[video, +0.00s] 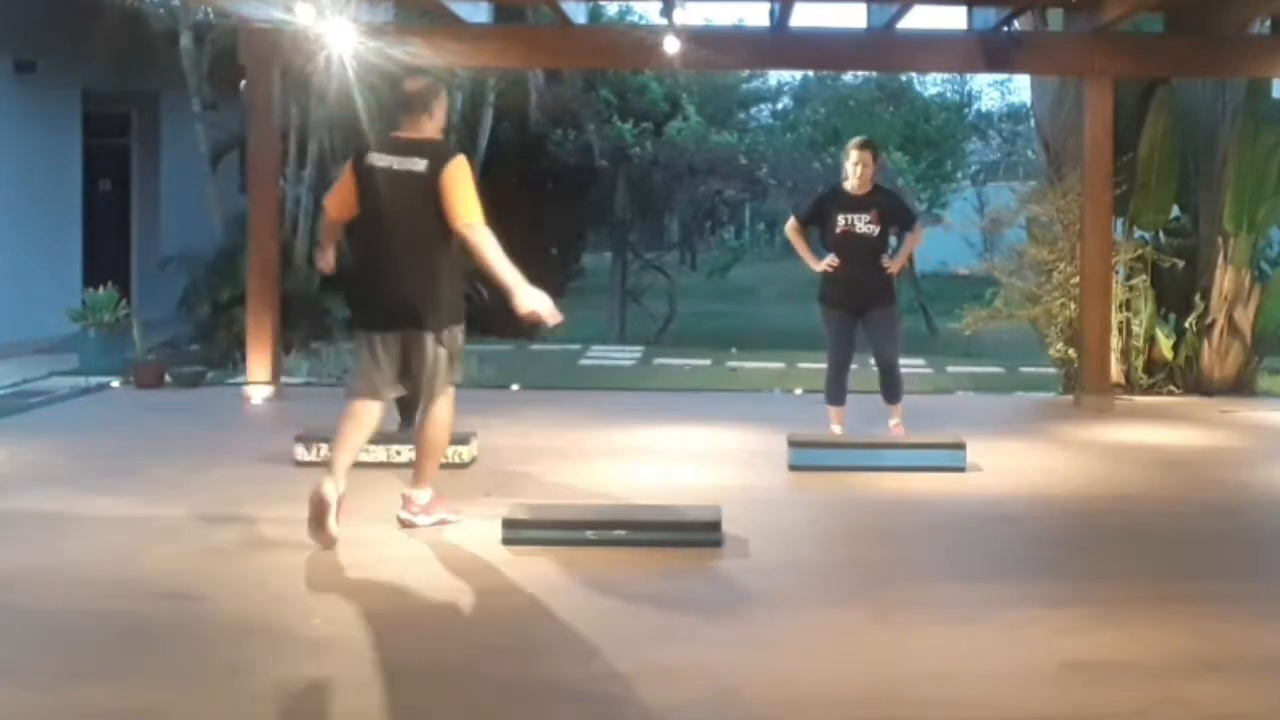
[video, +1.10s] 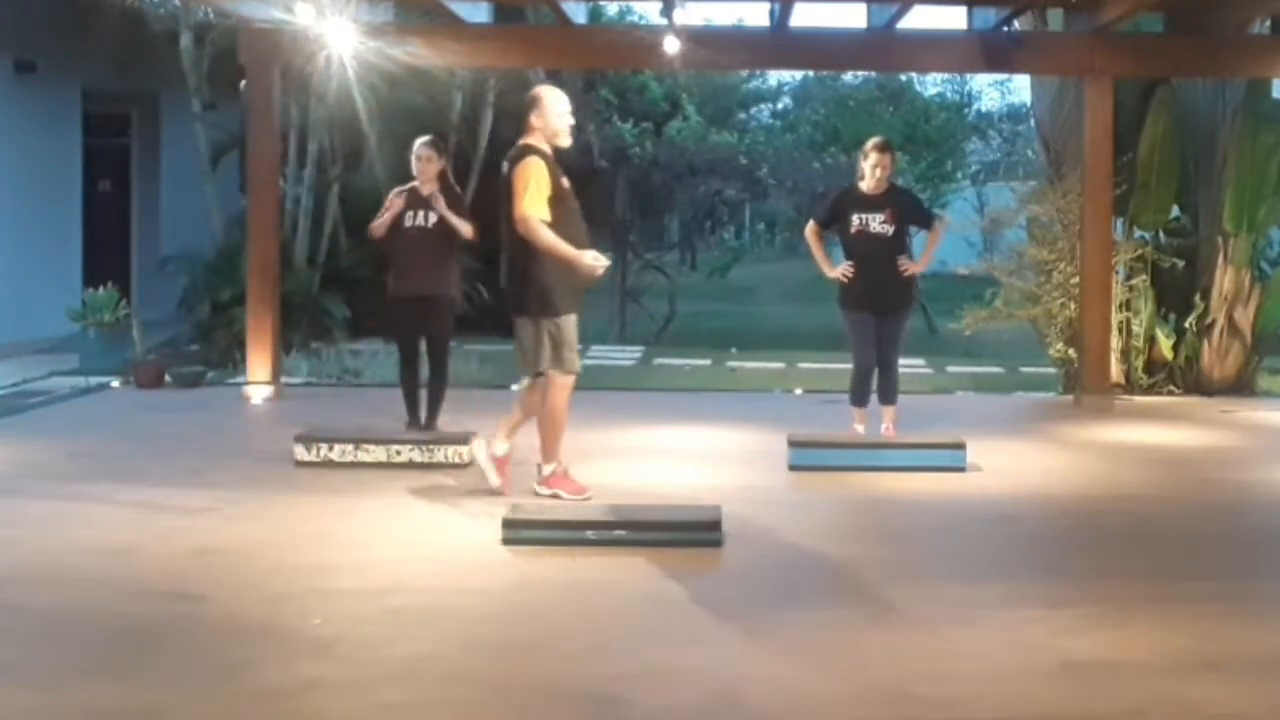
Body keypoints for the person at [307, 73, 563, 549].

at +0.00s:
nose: (447, 118)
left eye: (444, 110)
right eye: (446, 110)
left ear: (400, 111)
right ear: (437, 111)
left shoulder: (367, 161)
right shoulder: (449, 164)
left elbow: (334, 212)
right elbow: (472, 229)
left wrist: (327, 246)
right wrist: (520, 288)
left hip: (375, 304)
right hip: (433, 307)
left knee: (367, 395)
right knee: (439, 398)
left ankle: (333, 484)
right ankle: (421, 498)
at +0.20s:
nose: (472, 123)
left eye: (472, 115)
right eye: (471, 115)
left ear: (429, 112)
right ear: (457, 113)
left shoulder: (394, 155)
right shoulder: (465, 160)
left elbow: (372, 227)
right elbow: (497, 218)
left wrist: (372, 286)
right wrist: (568, 243)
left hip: (404, 296)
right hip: (454, 301)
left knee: (414, 386)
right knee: (455, 394)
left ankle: (387, 466)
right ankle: (423, 494)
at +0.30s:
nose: (484, 122)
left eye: (484, 113)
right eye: (482, 113)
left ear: (442, 110)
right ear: (463, 110)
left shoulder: (404, 150)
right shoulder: (472, 154)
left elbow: (386, 222)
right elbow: (499, 213)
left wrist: (396, 280)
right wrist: (571, 232)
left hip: (416, 289)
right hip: (459, 292)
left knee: (432, 384)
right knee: (456, 388)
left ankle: (427, 484)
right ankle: (424, 493)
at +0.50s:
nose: (506, 120)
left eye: (505, 112)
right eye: (502, 112)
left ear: (464, 113)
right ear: (483, 113)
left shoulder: (428, 154)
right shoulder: (487, 158)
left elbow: (411, 219)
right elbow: (502, 222)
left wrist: (449, 236)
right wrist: (553, 274)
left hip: (438, 290)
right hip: (479, 296)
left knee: (454, 385)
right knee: (474, 387)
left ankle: (464, 475)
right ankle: (426, 484)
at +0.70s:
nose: (527, 117)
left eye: (526, 109)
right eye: (521, 109)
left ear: (489, 111)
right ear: (497, 111)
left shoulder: (458, 151)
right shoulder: (498, 155)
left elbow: (444, 206)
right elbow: (492, 218)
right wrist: (515, 284)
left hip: (460, 285)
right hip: (499, 285)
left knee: (464, 375)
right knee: (537, 365)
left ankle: (465, 480)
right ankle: (484, 449)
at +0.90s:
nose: (551, 120)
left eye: (550, 112)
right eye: (544, 112)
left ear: (517, 117)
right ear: (518, 116)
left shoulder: (494, 156)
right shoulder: (515, 158)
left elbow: (478, 220)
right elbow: (501, 216)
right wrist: (541, 271)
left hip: (490, 288)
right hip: (522, 289)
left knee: (484, 374)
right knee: (549, 371)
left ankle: (469, 474)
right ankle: (550, 466)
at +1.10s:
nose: (571, 122)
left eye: (570, 114)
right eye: (563, 114)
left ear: (541, 120)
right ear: (538, 119)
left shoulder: (536, 159)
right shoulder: (532, 162)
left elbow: (536, 223)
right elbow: (528, 220)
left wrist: (580, 257)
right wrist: (578, 258)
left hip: (538, 291)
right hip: (547, 293)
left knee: (545, 378)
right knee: (561, 375)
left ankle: (497, 442)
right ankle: (552, 468)